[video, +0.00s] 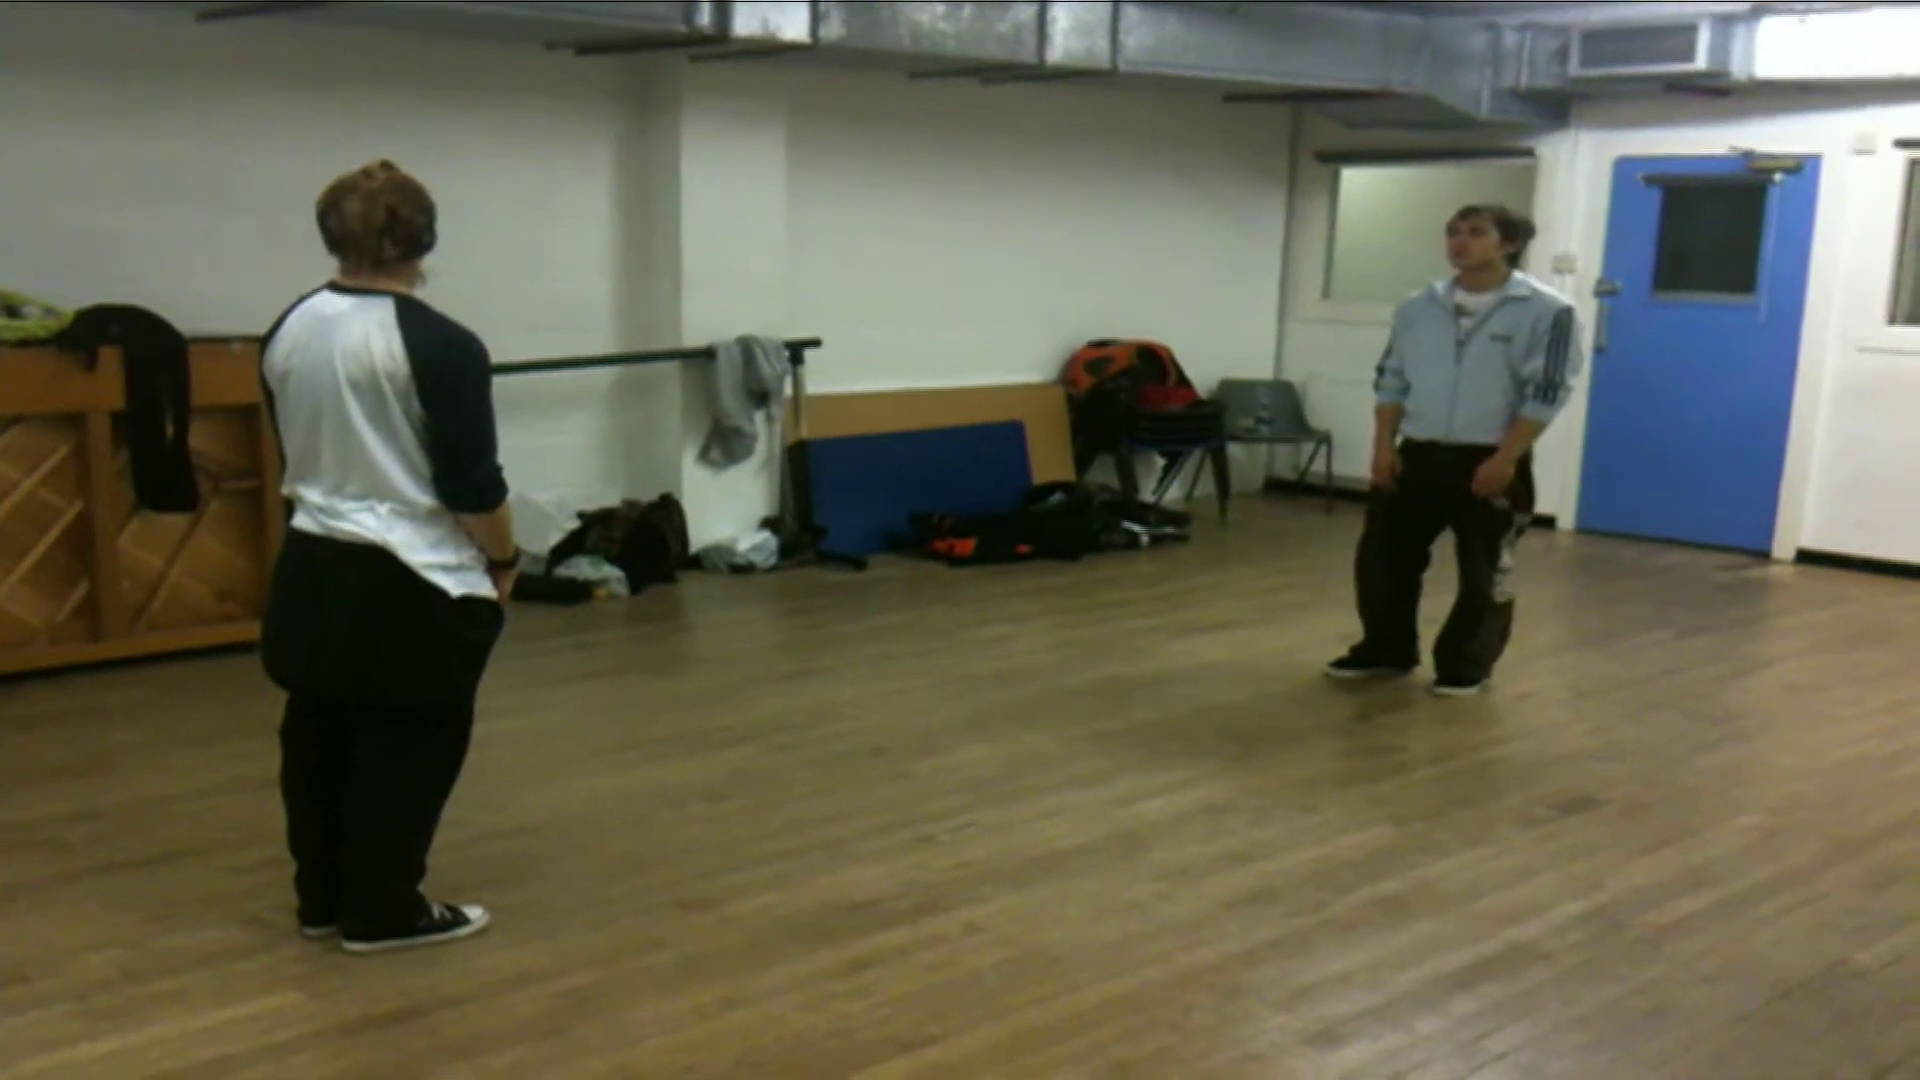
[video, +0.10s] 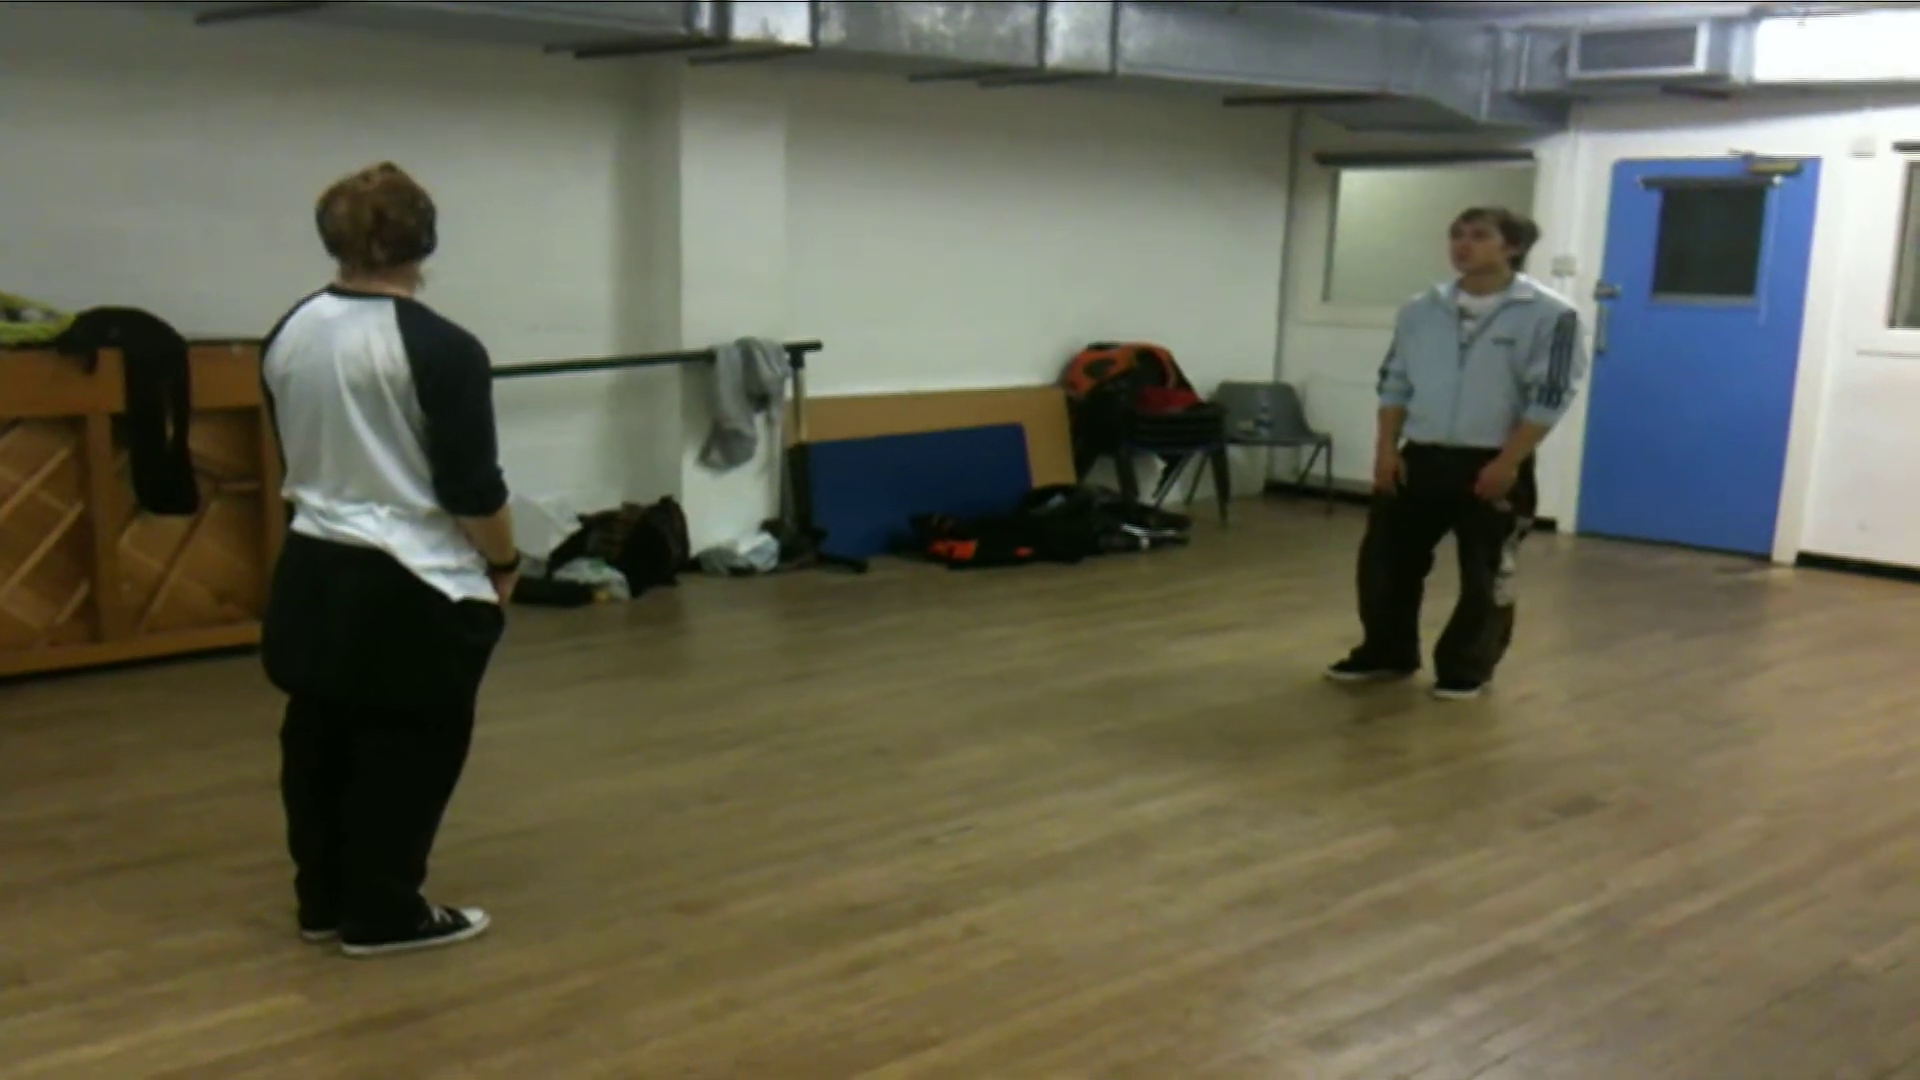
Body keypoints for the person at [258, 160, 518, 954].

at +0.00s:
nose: (430, 245)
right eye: (426, 234)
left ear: (336, 241)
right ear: (419, 242)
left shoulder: (287, 333)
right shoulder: (442, 347)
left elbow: (296, 462)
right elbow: (473, 486)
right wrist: (503, 559)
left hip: (314, 579)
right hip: (418, 593)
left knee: (320, 735)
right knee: (415, 748)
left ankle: (323, 897)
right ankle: (385, 907)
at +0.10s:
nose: (428, 246)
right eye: (426, 234)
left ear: (336, 244)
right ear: (423, 243)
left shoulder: (288, 337)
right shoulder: (443, 350)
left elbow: (296, 466)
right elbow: (473, 489)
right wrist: (503, 563)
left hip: (313, 583)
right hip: (418, 596)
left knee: (320, 736)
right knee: (416, 752)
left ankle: (323, 899)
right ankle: (386, 910)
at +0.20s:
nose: (435, 246)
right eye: (433, 235)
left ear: (342, 243)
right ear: (425, 243)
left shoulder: (292, 334)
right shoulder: (444, 347)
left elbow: (299, 464)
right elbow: (475, 486)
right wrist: (506, 560)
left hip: (317, 578)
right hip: (420, 591)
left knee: (325, 730)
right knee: (420, 747)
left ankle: (328, 896)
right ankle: (389, 906)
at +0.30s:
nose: (439, 246)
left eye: (437, 233)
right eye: (437, 234)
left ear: (347, 235)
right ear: (424, 242)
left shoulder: (291, 329)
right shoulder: (440, 343)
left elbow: (300, 459)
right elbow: (471, 482)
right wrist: (504, 555)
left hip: (314, 574)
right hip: (417, 587)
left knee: (325, 725)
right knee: (420, 742)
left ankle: (327, 892)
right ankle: (388, 903)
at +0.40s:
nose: (448, 239)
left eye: (448, 226)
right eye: (443, 227)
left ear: (352, 232)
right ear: (419, 236)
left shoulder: (292, 327)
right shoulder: (434, 344)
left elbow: (298, 455)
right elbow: (462, 483)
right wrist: (498, 553)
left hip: (307, 571)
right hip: (409, 587)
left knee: (318, 728)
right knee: (413, 744)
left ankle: (321, 894)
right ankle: (381, 905)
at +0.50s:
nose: (443, 237)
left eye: (442, 223)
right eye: (437, 224)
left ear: (348, 232)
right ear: (409, 233)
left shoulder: (286, 326)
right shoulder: (423, 344)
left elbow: (289, 456)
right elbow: (457, 483)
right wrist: (490, 554)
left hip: (294, 572)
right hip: (396, 586)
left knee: (310, 725)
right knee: (407, 741)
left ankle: (315, 895)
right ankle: (374, 905)